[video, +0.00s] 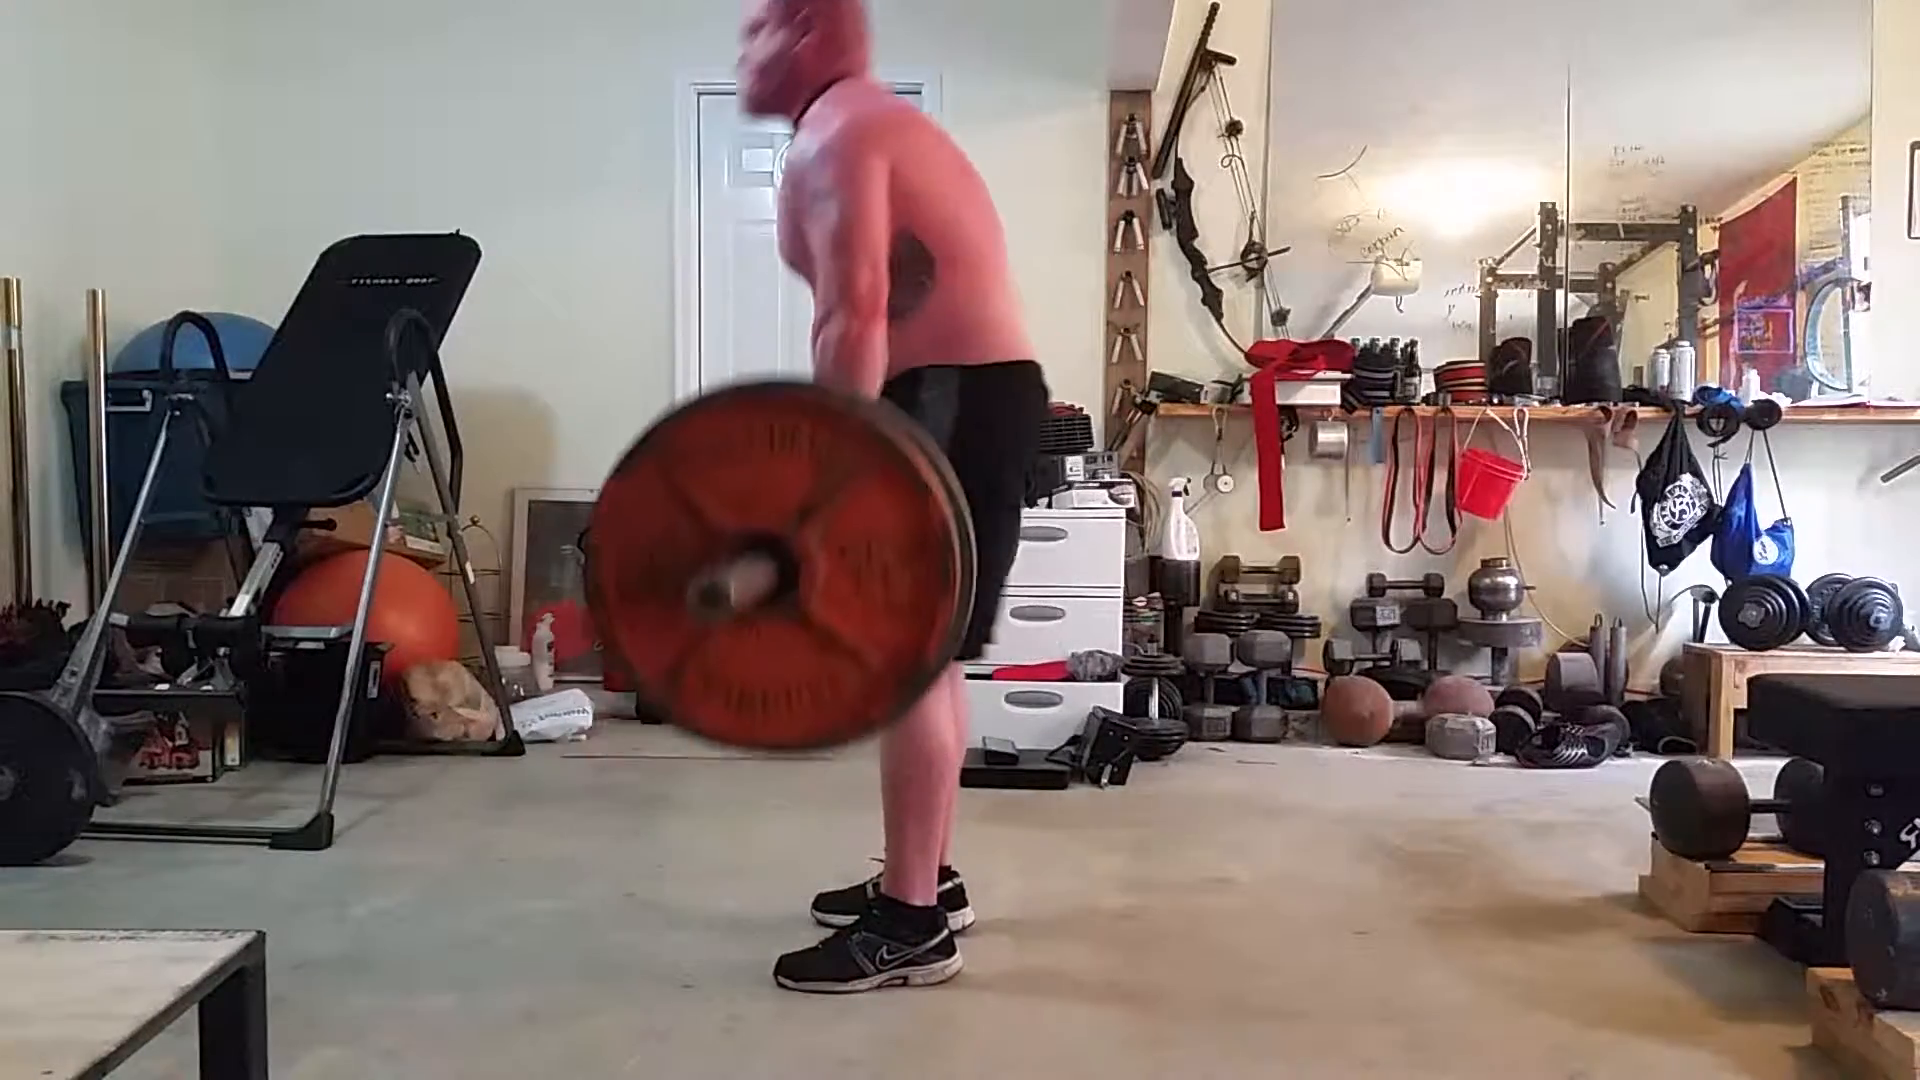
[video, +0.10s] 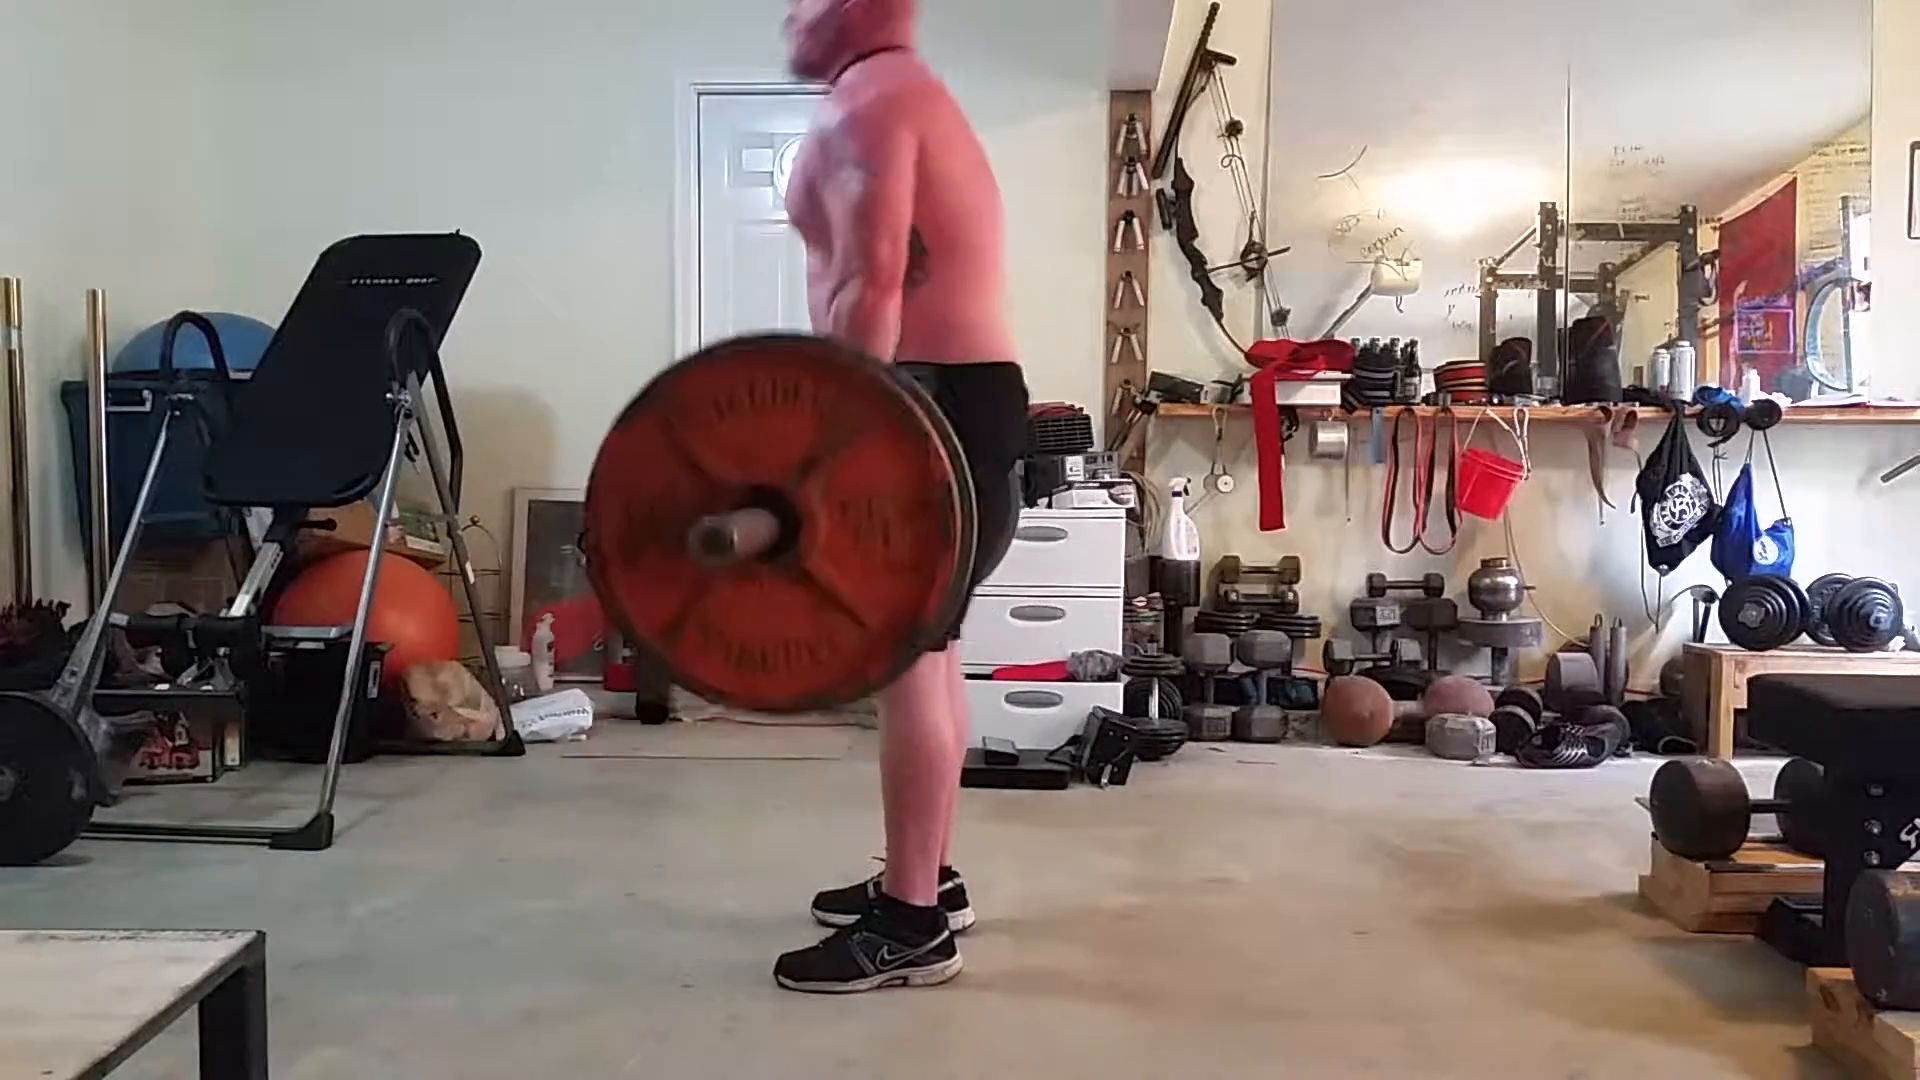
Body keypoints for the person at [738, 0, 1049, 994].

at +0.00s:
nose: (742, 52)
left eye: (758, 29)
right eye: (747, 32)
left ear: (812, 35)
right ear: (829, 42)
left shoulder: (844, 131)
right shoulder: (852, 129)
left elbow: (856, 313)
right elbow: (858, 318)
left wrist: (824, 478)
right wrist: (817, 471)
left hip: (957, 396)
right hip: (960, 395)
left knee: (920, 654)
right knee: (923, 652)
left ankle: (915, 918)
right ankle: (923, 882)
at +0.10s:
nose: (787, 17)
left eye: (801, 2)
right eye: (793, 3)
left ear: (851, 8)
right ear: (871, 16)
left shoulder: (875, 100)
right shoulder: (893, 100)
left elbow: (873, 284)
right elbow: (867, 291)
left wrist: (825, 449)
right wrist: (806, 442)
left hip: (936, 400)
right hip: (954, 397)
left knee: (914, 652)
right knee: (923, 649)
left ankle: (912, 916)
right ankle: (926, 879)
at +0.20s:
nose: (826, 10)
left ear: (885, 1)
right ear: (921, 7)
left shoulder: (900, 88)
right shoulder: (944, 90)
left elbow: (888, 272)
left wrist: (817, 426)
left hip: (932, 402)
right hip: (966, 398)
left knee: (910, 656)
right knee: (921, 653)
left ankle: (914, 920)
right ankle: (922, 882)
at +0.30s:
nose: (842, 11)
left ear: (902, 4)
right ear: (925, 10)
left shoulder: (917, 87)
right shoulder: (946, 87)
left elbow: (894, 279)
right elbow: (873, 279)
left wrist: (824, 430)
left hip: (936, 401)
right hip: (962, 399)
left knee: (902, 655)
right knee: (916, 652)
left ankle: (912, 919)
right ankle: (923, 882)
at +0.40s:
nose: (811, 20)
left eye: (825, 5)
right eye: (816, 7)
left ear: (875, 7)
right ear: (899, 14)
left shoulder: (901, 91)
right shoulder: (924, 93)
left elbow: (885, 279)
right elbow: (883, 285)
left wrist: (819, 435)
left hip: (935, 398)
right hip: (959, 398)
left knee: (893, 652)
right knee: (918, 649)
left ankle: (908, 920)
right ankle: (926, 879)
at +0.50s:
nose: (756, 54)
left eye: (768, 30)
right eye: (755, 35)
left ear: (821, 24)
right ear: (839, 31)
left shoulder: (860, 119)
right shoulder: (870, 117)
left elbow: (861, 305)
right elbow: (869, 312)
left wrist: (820, 470)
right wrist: (816, 463)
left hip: (948, 403)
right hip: (961, 403)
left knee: (895, 651)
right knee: (913, 649)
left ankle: (907, 919)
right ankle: (924, 881)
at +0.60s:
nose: (706, 115)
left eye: (712, 89)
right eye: (703, 94)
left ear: (764, 66)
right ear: (771, 68)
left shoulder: (824, 151)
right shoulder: (827, 148)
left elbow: (847, 336)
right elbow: (848, 332)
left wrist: (819, 508)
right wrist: (815, 504)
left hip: (961, 405)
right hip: (957, 403)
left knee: (911, 653)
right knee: (916, 648)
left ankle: (911, 918)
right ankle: (921, 880)